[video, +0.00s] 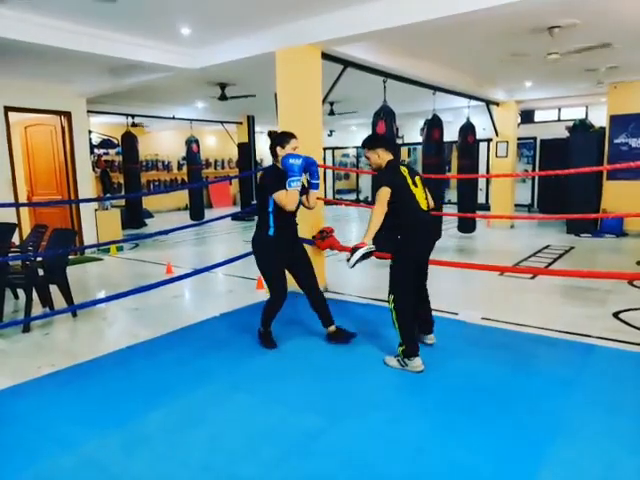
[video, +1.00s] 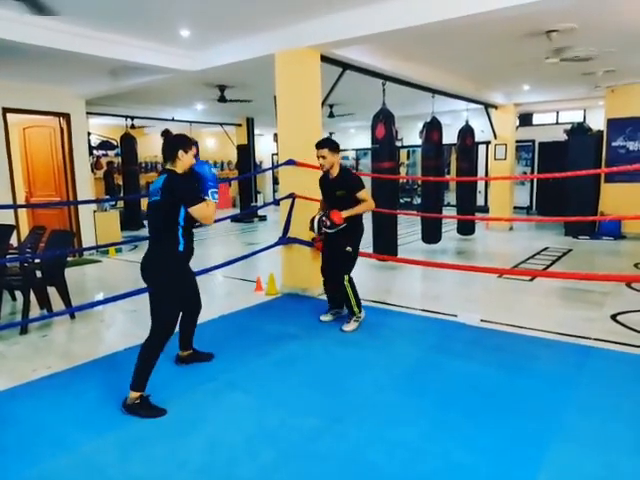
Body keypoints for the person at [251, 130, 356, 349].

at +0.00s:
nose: (297, 153)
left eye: (297, 149)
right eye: (293, 149)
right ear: (278, 150)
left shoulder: (292, 173)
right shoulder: (269, 175)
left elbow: (310, 203)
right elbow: (289, 204)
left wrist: (313, 177)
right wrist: (295, 176)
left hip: (290, 240)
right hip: (267, 242)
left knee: (310, 285)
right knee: (279, 293)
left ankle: (332, 329)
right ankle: (264, 329)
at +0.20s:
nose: (284, 150)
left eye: (285, 145)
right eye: (281, 145)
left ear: (271, 147)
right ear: (267, 146)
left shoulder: (277, 168)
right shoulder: (256, 169)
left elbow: (292, 201)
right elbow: (276, 203)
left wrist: (298, 178)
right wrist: (284, 176)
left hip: (273, 235)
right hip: (252, 235)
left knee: (289, 281)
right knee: (265, 289)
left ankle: (274, 322)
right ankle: (247, 327)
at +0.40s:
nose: (261, 159)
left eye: (260, 155)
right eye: (257, 155)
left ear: (244, 157)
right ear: (245, 157)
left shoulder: (249, 181)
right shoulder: (237, 183)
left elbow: (256, 213)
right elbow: (260, 216)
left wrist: (267, 197)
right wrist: (267, 190)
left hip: (247, 249)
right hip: (230, 251)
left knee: (269, 287)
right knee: (230, 306)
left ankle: (269, 328)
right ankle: (190, 348)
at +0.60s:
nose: (238, 147)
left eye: (237, 143)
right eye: (235, 143)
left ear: (219, 145)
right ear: (223, 144)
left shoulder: (215, 168)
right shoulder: (217, 170)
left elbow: (236, 200)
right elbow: (240, 202)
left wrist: (243, 181)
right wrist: (246, 176)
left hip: (213, 241)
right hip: (202, 243)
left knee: (231, 289)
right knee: (209, 300)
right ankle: (184, 351)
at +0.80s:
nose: (217, 156)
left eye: (217, 152)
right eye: (214, 152)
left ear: (199, 154)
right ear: (203, 154)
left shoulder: (198, 179)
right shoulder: (194, 182)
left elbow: (213, 215)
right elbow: (215, 218)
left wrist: (222, 205)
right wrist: (225, 198)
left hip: (194, 252)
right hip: (183, 255)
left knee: (210, 301)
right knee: (195, 311)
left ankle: (189, 351)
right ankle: (154, 370)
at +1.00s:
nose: (194, 161)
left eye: (194, 156)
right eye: (192, 155)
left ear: (172, 155)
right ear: (181, 155)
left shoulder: (161, 181)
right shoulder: (180, 182)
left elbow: (195, 215)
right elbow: (207, 216)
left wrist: (202, 204)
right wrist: (207, 191)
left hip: (169, 261)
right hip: (166, 265)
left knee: (192, 306)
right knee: (163, 328)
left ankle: (185, 351)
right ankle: (135, 396)